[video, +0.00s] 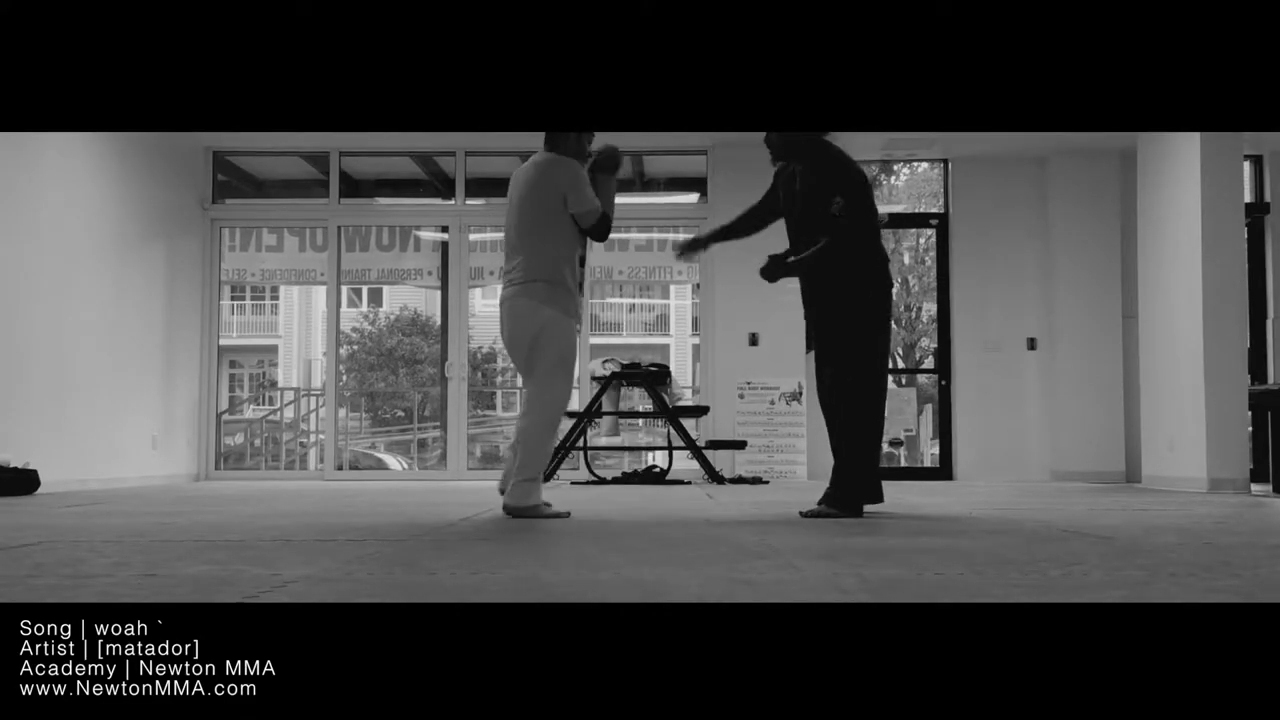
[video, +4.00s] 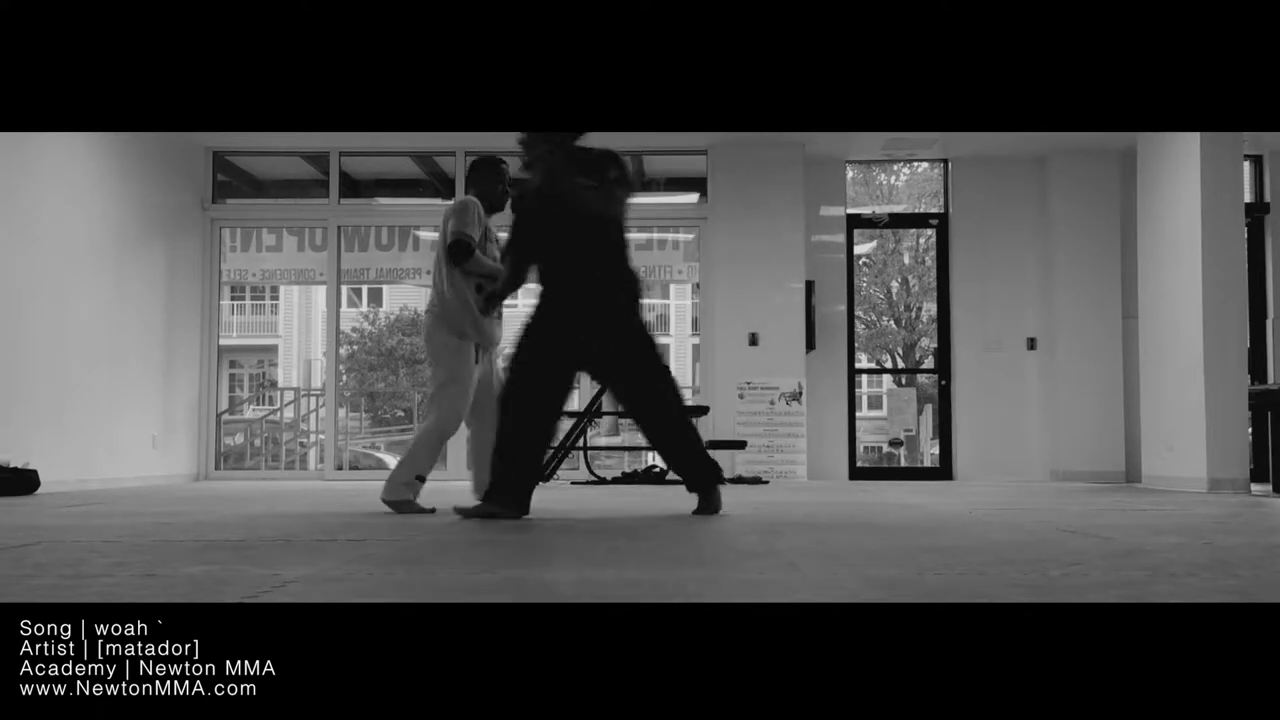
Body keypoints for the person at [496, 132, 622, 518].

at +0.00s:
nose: (590, 146)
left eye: (591, 140)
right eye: (588, 139)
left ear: (550, 138)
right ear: (574, 137)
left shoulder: (525, 172)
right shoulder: (567, 169)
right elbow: (600, 229)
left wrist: (593, 177)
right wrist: (606, 178)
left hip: (517, 302)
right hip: (547, 303)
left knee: (540, 395)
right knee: (549, 396)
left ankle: (514, 486)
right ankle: (524, 497)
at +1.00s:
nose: (564, 166)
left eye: (566, 160)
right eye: (562, 157)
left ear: (542, 153)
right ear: (542, 152)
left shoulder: (534, 191)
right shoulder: (500, 180)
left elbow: (536, 241)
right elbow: (533, 239)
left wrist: (564, 224)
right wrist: (552, 194)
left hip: (525, 315)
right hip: (499, 313)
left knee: (531, 403)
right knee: (515, 401)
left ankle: (507, 493)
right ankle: (496, 499)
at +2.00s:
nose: (504, 206)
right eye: (502, 203)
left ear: (464, 205)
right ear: (493, 202)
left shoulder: (438, 235)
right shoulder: (503, 214)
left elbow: (441, 283)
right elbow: (547, 257)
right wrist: (542, 234)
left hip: (452, 322)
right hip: (493, 314)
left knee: (477, 408)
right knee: (527, 402)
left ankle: (454, 496)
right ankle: (499, 489)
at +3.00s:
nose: (548, 183)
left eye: (548, 176)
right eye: (545, 175)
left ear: (520, 172)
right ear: (528, 174)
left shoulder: (515, 207)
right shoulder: (496, 197)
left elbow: (541, 255)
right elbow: (520, 255)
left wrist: (551, 211)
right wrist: (546, 238)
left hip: (493, 323)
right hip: (481, 322)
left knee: (495, 407)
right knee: (514, 404)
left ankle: (464, 486)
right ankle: (498, 498)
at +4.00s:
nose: (508, 191)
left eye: (508, 184)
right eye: (504, 184)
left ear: (483, 184)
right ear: (488, 184)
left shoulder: (487, 229)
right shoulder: (467, 206)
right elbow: (460, 252)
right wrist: (504, 272)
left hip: (481, 336)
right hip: (453, 330)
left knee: (489, 417)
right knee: (448, 416)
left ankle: (490, 496)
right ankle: (399, 491)